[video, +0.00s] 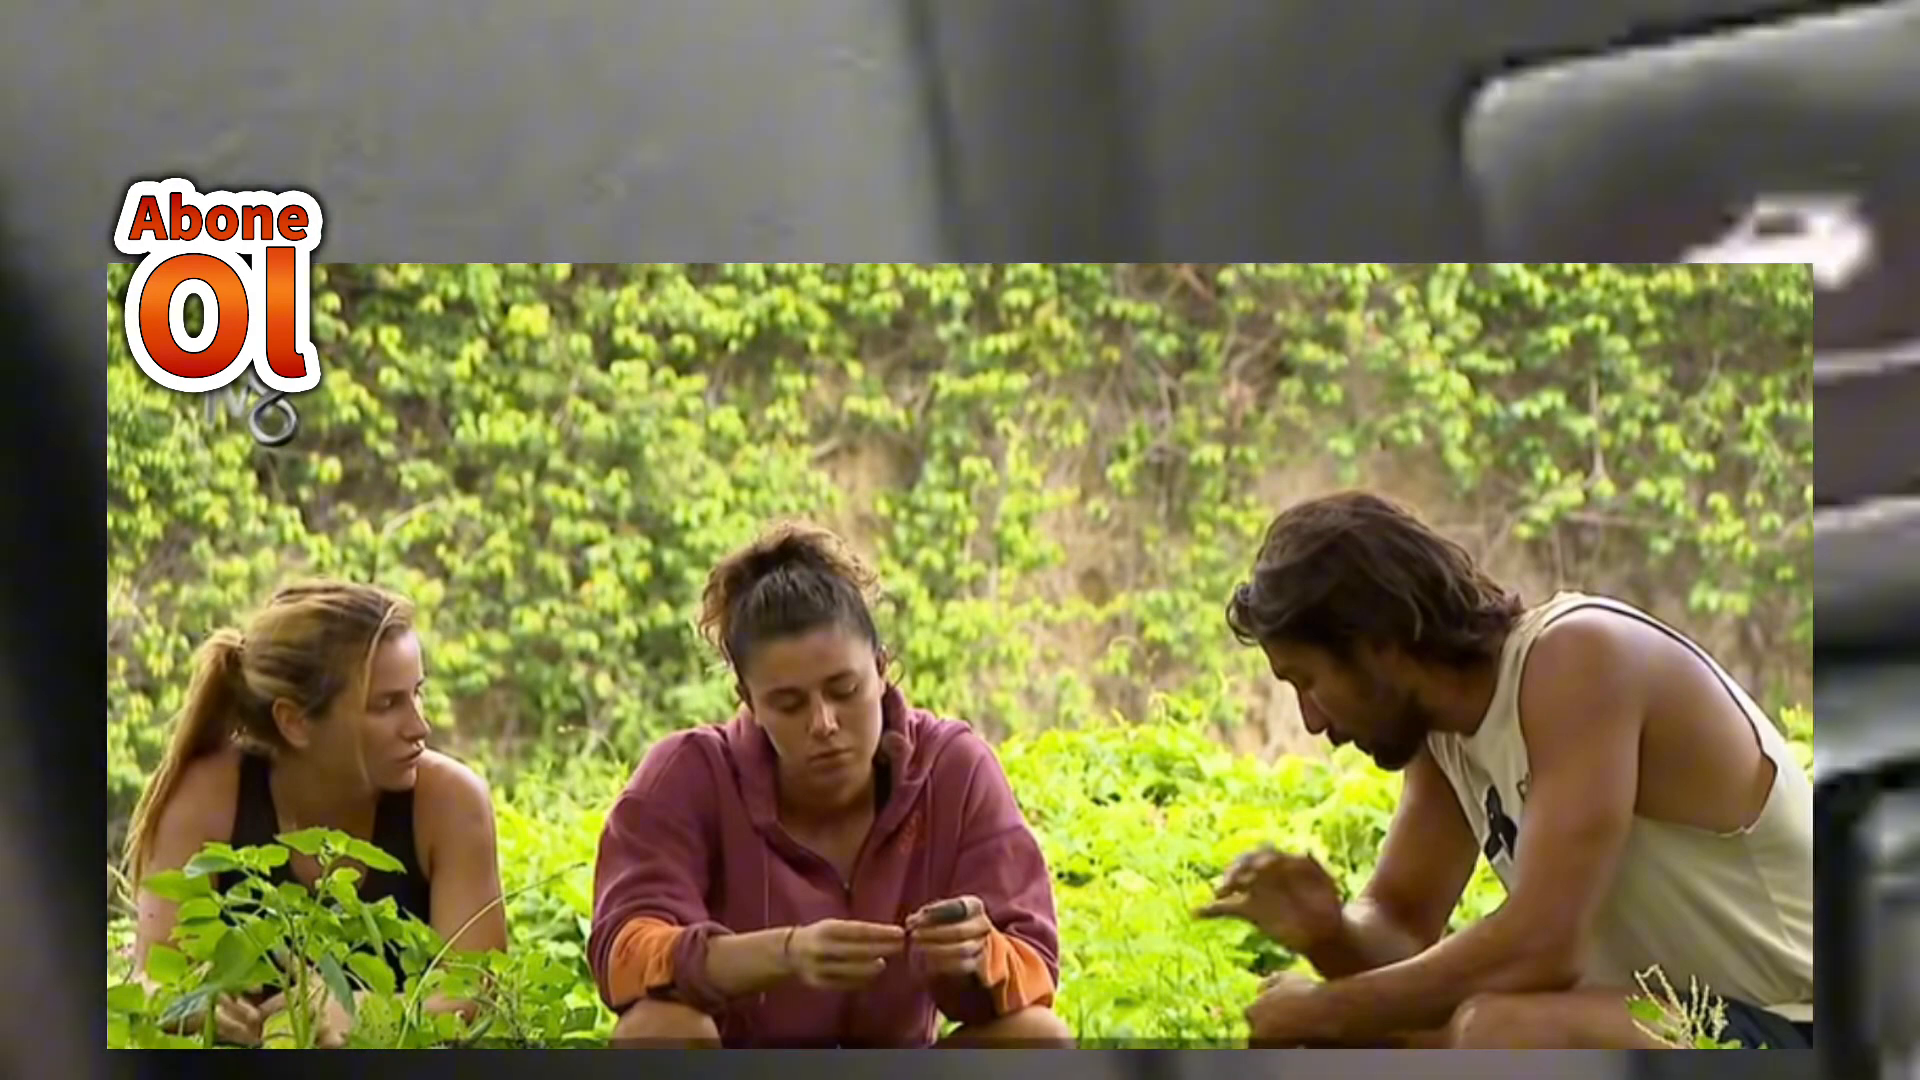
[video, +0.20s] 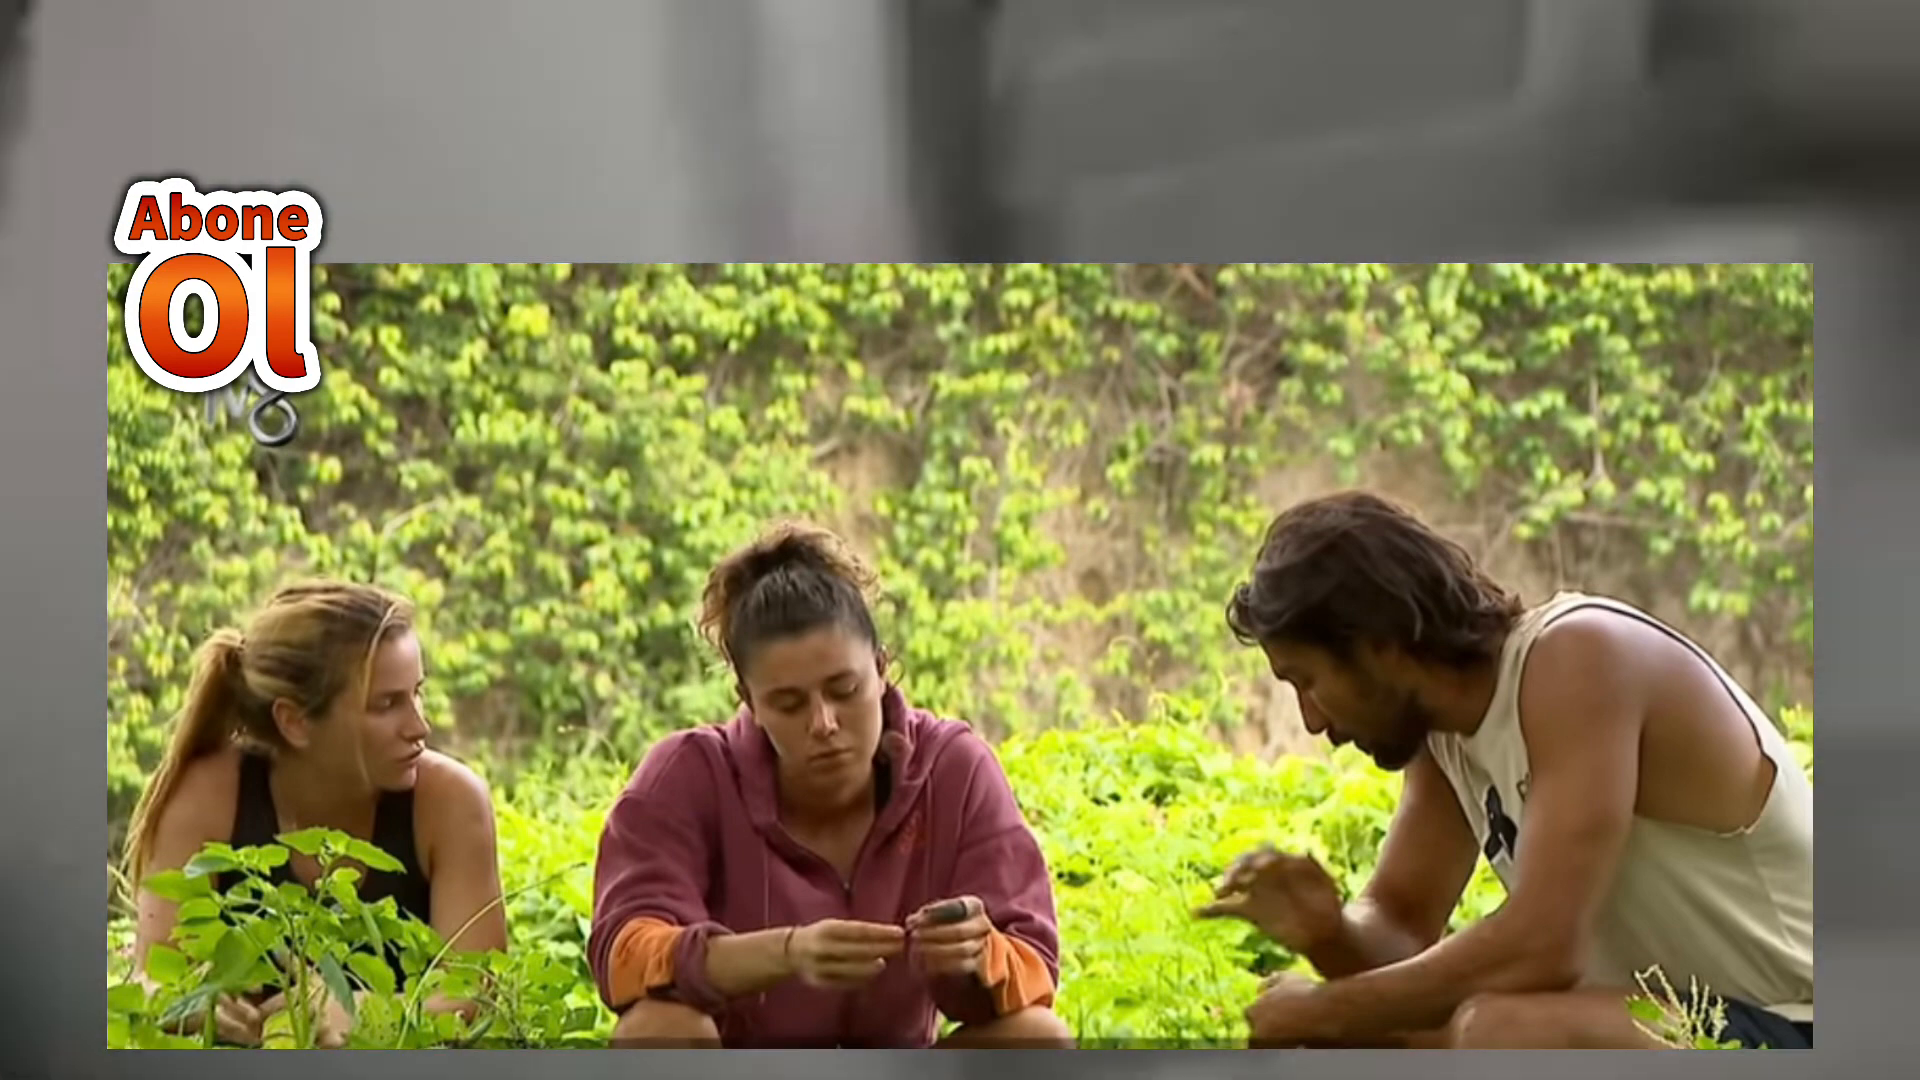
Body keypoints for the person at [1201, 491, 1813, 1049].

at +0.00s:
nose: (1312, 724)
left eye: (1306, 687)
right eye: (1296, 693)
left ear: (1383, 644)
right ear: (1383, 644)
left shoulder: (1584, 657)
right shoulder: (1450, 729)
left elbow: (1539, 950)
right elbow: (1403, 927)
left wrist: (1324, 1014)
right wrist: (1330, 932)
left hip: (1790, 1019)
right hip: (1653, 1003)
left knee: (1502, 1027)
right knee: (1377, 1029)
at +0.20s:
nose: (1311, 723)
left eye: (1306, 686)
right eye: (1295, 693)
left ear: (1383, 642)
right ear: (1383, 643)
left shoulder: (1584, 656)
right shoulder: (1450, 731)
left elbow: (1539, 950)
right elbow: (1403, 924)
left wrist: (1326, 1015)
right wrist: (1330, 934)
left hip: (1788, 1018)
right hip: (1656, 1003)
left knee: (1502, 1026)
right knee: (1382, 1026)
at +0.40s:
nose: (1310, 723)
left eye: (1306, 686)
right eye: (1295, 693)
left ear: (1386, 643)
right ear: (1386, 645)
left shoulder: (1584, 656)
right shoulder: (1451, 730)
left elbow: (1539, 950)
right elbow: (1403, 924)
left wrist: (1318, 1015)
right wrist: (1331, 933)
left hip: (1785, 1018)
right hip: (1648, 1005)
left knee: (1501, 1025)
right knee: (1377, 1028)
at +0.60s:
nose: (1311, 723)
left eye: (1306, 687)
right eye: (1296, 693)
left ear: (1383, 642)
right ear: (1383, 643)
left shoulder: (1584, 656)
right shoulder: (1450, 730)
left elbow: (1539, 950)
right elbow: (1403, 924)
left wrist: (1322, 1016)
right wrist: (1330, 933)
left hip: (1787, 1012)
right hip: (1651, 1000)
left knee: (1501, 1025)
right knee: (1378, 1024)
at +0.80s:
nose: (1310, 723)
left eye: (1305, 686)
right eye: (1295, 693)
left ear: (1384, 642)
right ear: (1384, 644)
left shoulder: (1584, 656)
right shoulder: (1450, 730)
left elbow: (1539, 950)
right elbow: (1403, 924)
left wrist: (1324, 1015)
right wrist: (1330, 933)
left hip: (1790, 1013)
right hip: (1655, 1001)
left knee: (1501, 1026)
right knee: (1384, 1026)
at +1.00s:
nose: (1310, 723)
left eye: (1305, 686)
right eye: (1295, 693)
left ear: (1385, 643)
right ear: (1385, 645)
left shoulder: (1584, 656)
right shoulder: (1451, 730)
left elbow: (1540, 950)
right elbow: (1403, 925)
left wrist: (1327, 1015)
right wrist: (1330, 934)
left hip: (1789, 1016)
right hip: (1653, 1002)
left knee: (1502, 1025)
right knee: (1386, 1025)